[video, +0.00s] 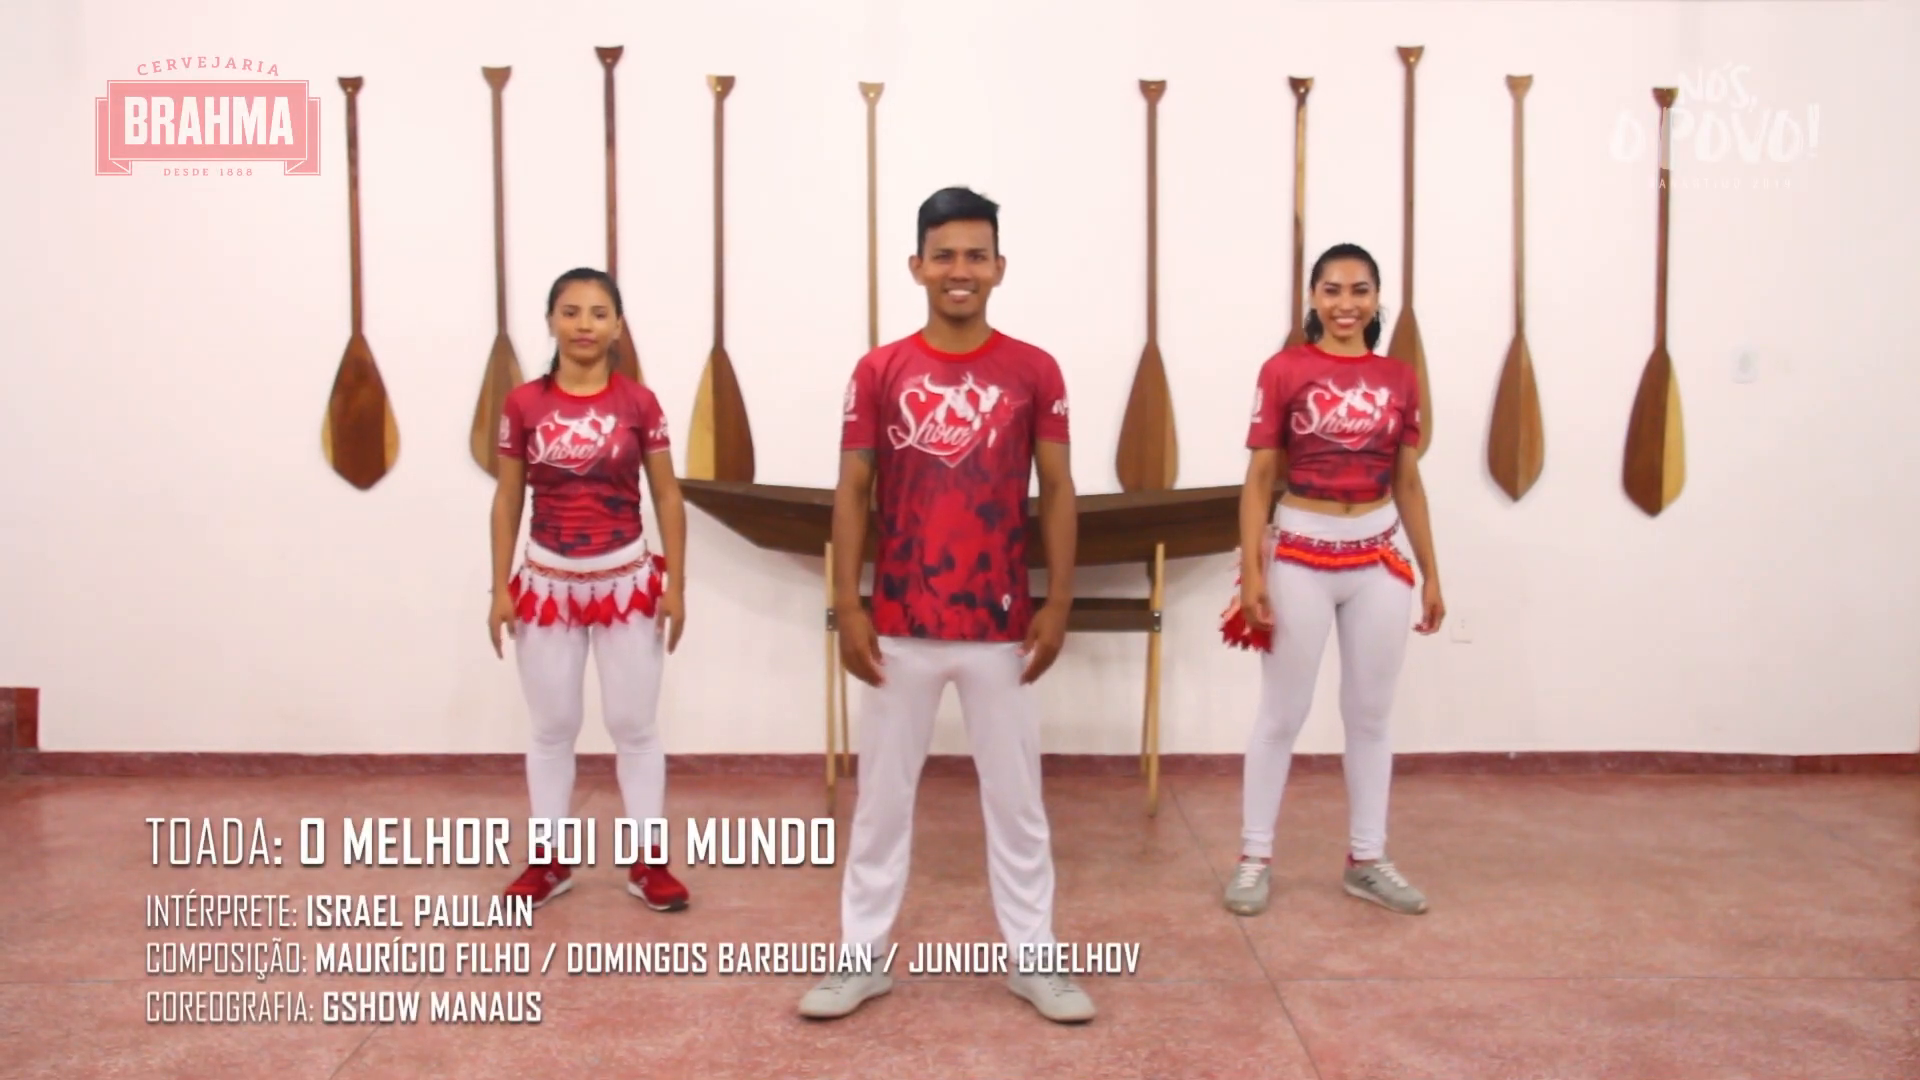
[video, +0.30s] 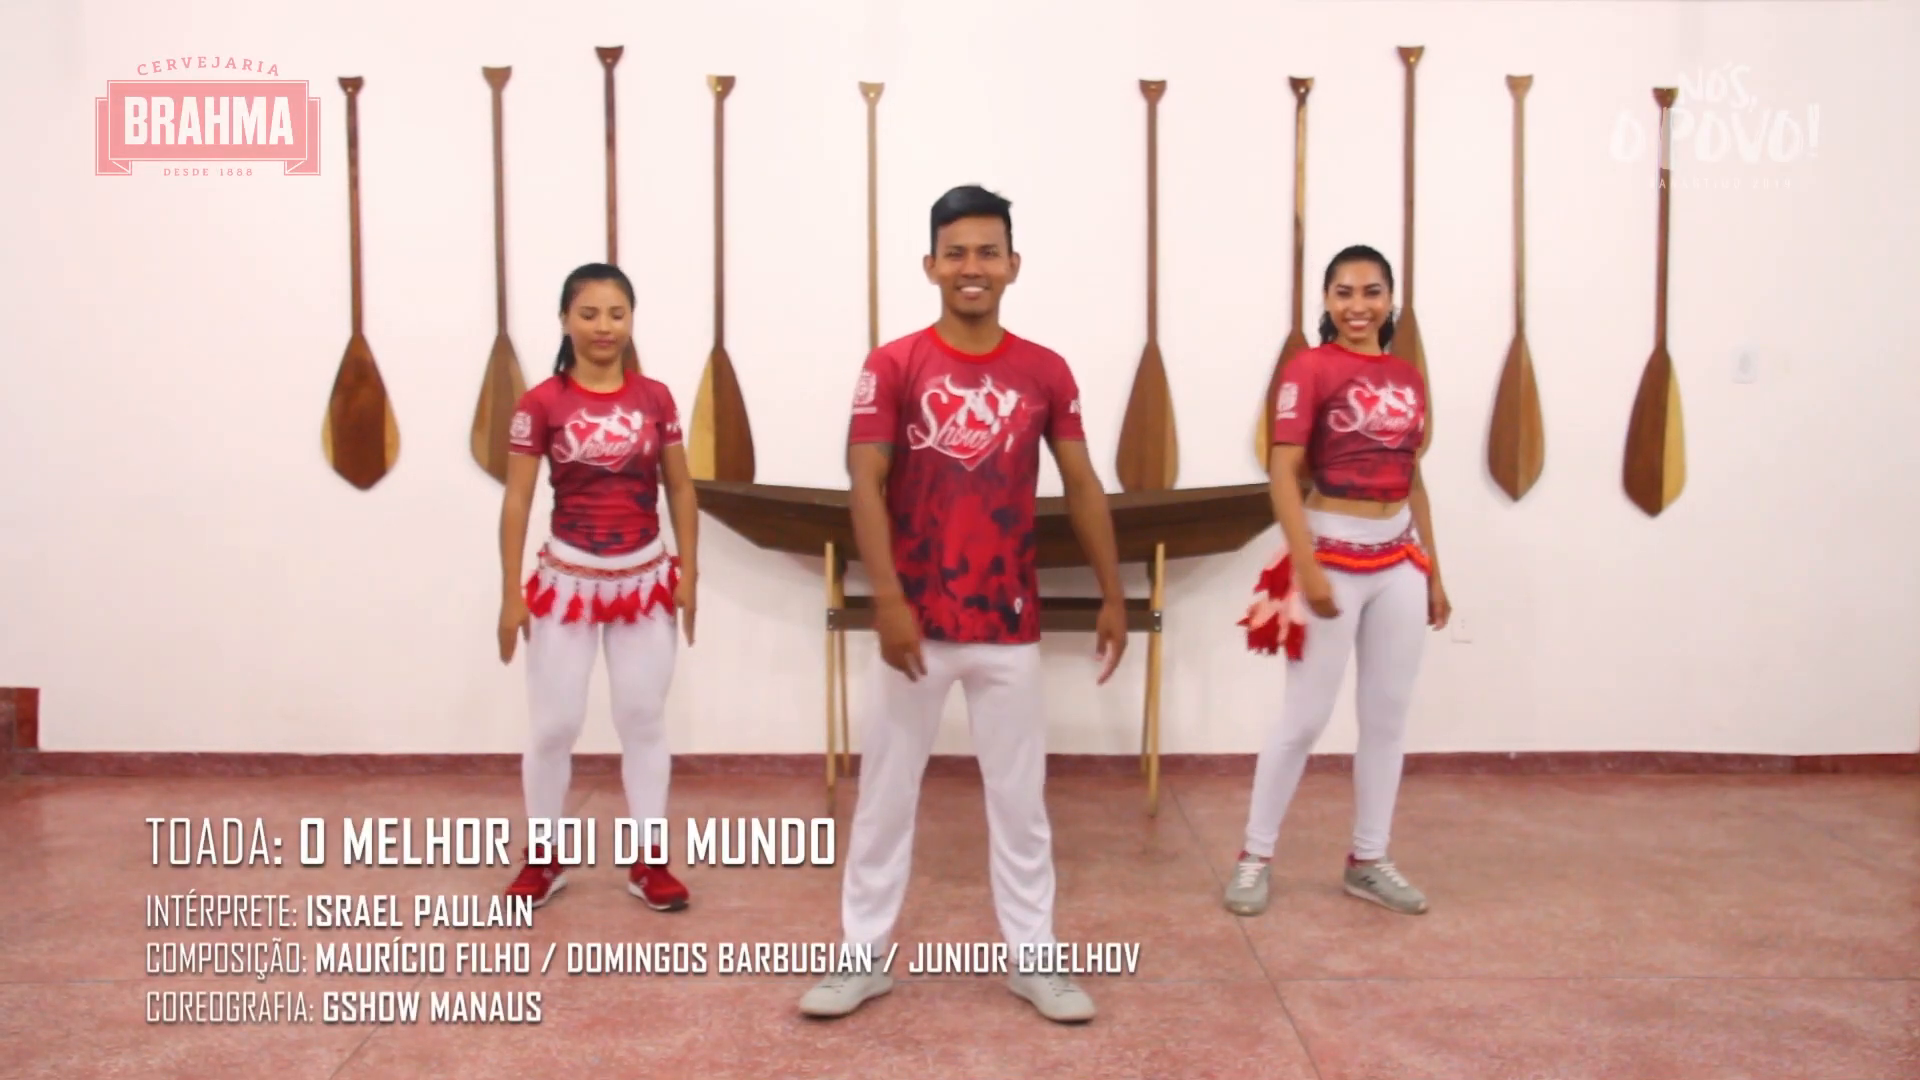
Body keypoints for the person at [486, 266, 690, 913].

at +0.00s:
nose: (585, 323)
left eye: (599, 312)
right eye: (571, 312)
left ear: (617, 325)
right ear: (552, 323)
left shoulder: (638, 401)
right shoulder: (525, 404)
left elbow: (668, 494)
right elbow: (508, 497)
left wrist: (675, 582)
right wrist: (500, 586)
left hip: (628, 579)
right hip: (546, 581)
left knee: (635, 729)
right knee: (551, 730)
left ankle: (649, 862)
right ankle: (548, 859)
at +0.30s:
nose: (604, 325)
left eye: (616, 314)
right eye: (589, 313)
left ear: (631, 321)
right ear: (566, 322)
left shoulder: (654, 398)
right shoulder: (542, 403)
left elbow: (681, 489)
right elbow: (517, 500)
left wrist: (687, 571)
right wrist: (511, 592)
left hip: (645, 578)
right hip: (565, 579)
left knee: (644, 724)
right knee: (552, 729)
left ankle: (650, 861)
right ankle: (541, 859)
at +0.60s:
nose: (621, 333)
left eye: (633, 319)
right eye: (606, 320)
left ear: (647, 325)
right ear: (582, 328)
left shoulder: (656, 402)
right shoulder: (573, 398)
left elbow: (672, 494)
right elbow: (552, 495)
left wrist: (682, 580)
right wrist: (604, 581)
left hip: (657, 579)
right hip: (586, 580)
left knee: (656, 727)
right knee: (595, 732)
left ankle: (650, 862)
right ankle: (535, 844)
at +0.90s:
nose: (609, 313)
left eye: (621, 303)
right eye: (594, 304)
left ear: (641, 318)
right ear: (574, 321)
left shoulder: (662, 388)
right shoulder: (561, 378)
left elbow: (704, 404)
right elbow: (583, 387)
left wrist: (753, 409)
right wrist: (640, 393)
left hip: (652, 583)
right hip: (574, 580)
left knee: (653, 728)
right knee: (541, 725)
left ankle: (649, 864)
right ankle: (510, 874)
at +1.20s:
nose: (575, 313)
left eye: (591, 305)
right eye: (560, 304)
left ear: (613, 325)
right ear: (541, 323)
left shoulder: (626, 384)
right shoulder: (517, 383)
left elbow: (683, 304)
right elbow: (465, 300)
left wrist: (712, 219)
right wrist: (443, 214)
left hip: (618, 594)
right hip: (537, 596)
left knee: (635, 739)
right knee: (521, 754)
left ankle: (647, 855)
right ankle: (499, 901)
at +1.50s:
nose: (518, 313)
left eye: (533, 302)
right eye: (506, 302)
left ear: (558, 316)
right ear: (488, 314)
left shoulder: (571, 384)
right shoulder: (467, 380)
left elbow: (585, 298)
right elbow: (381, 313)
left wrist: (548, 213)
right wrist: (315, 240)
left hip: (555, 598)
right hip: (476, 598)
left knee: (569, 757)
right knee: (483, 758)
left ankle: (629, 818)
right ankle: (492, 905)